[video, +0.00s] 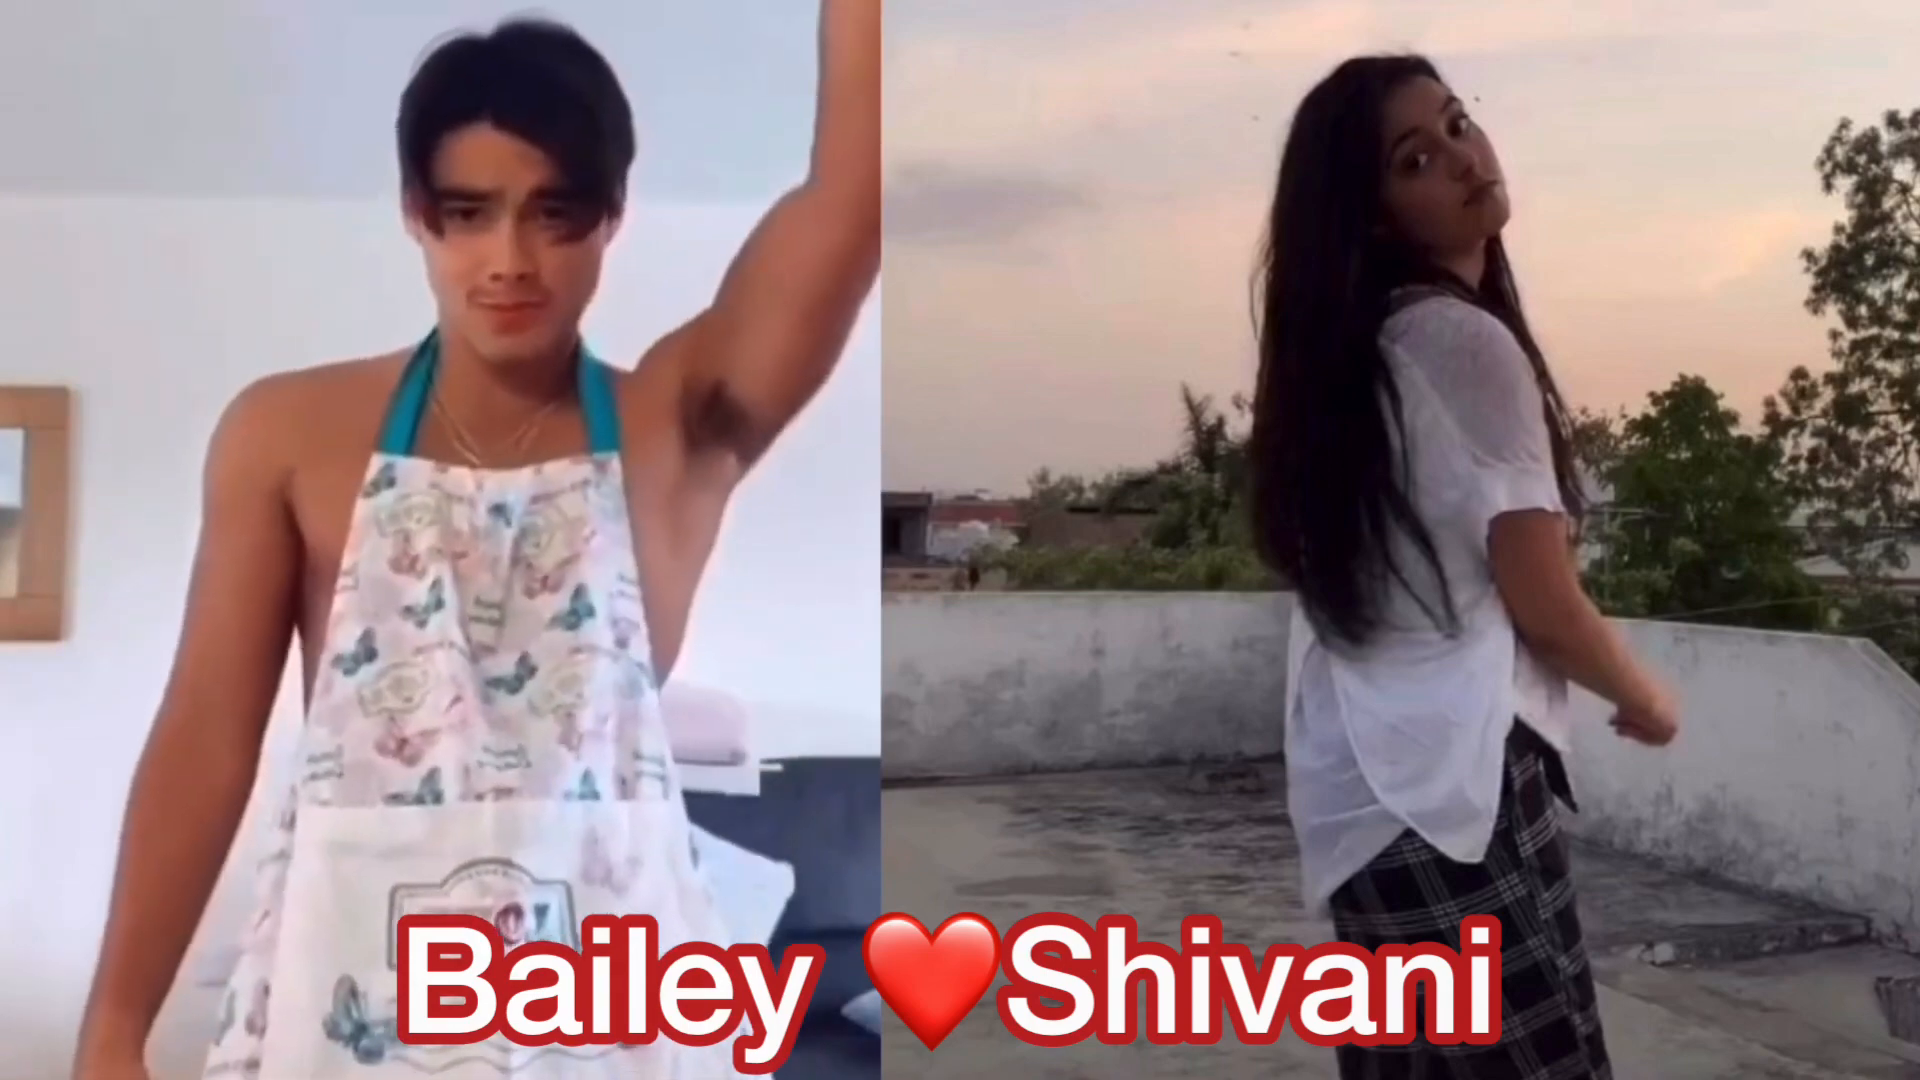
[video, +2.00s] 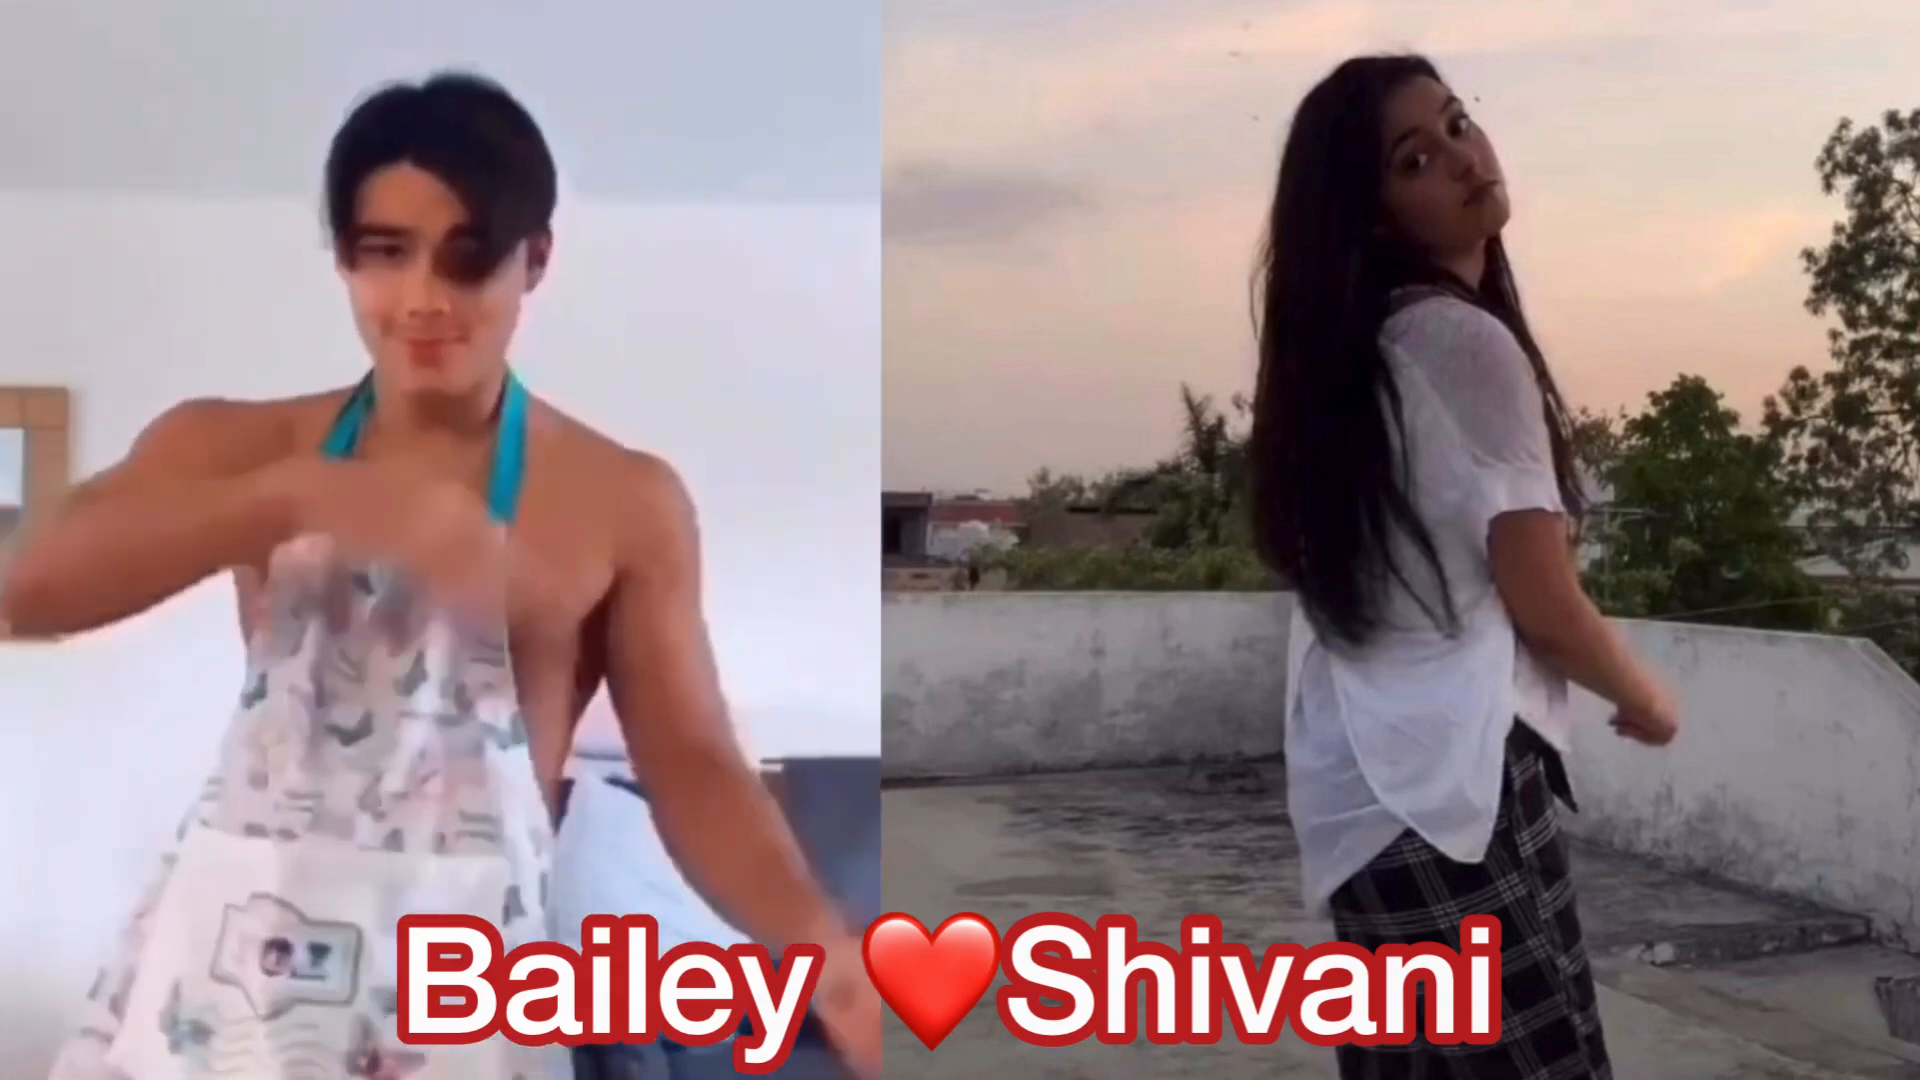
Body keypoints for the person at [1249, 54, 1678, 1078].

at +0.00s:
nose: (1466, 158)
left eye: (1459, 125)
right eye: (1417, 158)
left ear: (1480, 129)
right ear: (1370, 210)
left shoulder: (1354, 333)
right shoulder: (1465, 339)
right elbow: (1546, 604)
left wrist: (1561, 666)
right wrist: (1642, 696)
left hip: (1362, 783)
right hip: (1452, 789)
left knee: (1397, 1056)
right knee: (1545, 1056)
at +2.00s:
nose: (1466, 157)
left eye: (1459, 125)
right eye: (1417, 158)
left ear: (1480, 128)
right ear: (1370, 211)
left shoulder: (1353, 333)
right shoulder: (1465, 339)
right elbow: (1546, 604)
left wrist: (1560, 666)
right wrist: (1643, 697)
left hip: (1361, 783)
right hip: (1452, 789)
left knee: (1397, 1056)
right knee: (1545, 1056)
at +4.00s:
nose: (1466, 157)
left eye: (1459, 125)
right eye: (1417, 158)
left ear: (1480, 128)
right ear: (1370, 211)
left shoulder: (1353, 333)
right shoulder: (1465, 339)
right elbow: (1546, 604)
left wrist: (1560, 666)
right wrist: (1643, 697)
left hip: (1361, 783)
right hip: (1452, 789)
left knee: (1397, 1056)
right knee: (1545, 1056)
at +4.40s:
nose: (1466, 158)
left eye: (1459, 125)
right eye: (1417, 158)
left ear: (1480, 129)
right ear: (1370, 209)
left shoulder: (1353, 332)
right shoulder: (1466, 340)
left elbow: (1392, 565)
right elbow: (1547, 606)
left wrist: (1556, 667)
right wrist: (1643, 697)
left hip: (1362, 783)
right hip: (1452, 789)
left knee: (1397, 1056)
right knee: (1544, 1056)